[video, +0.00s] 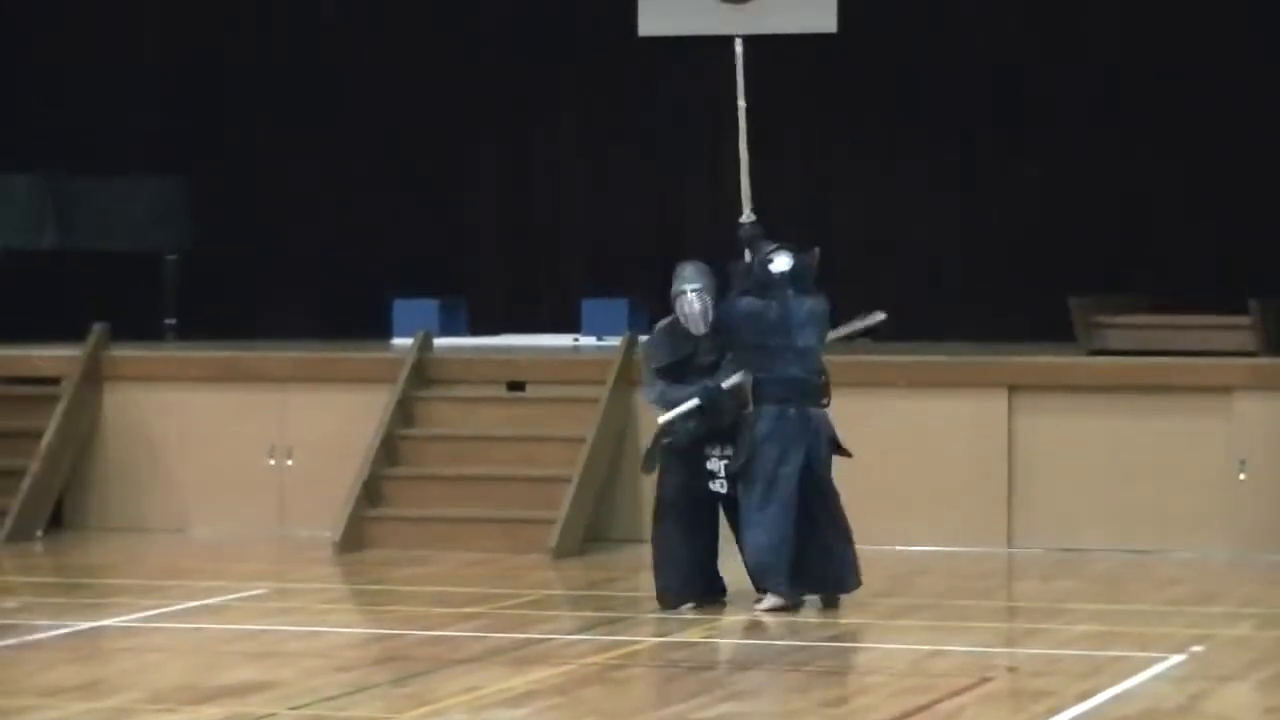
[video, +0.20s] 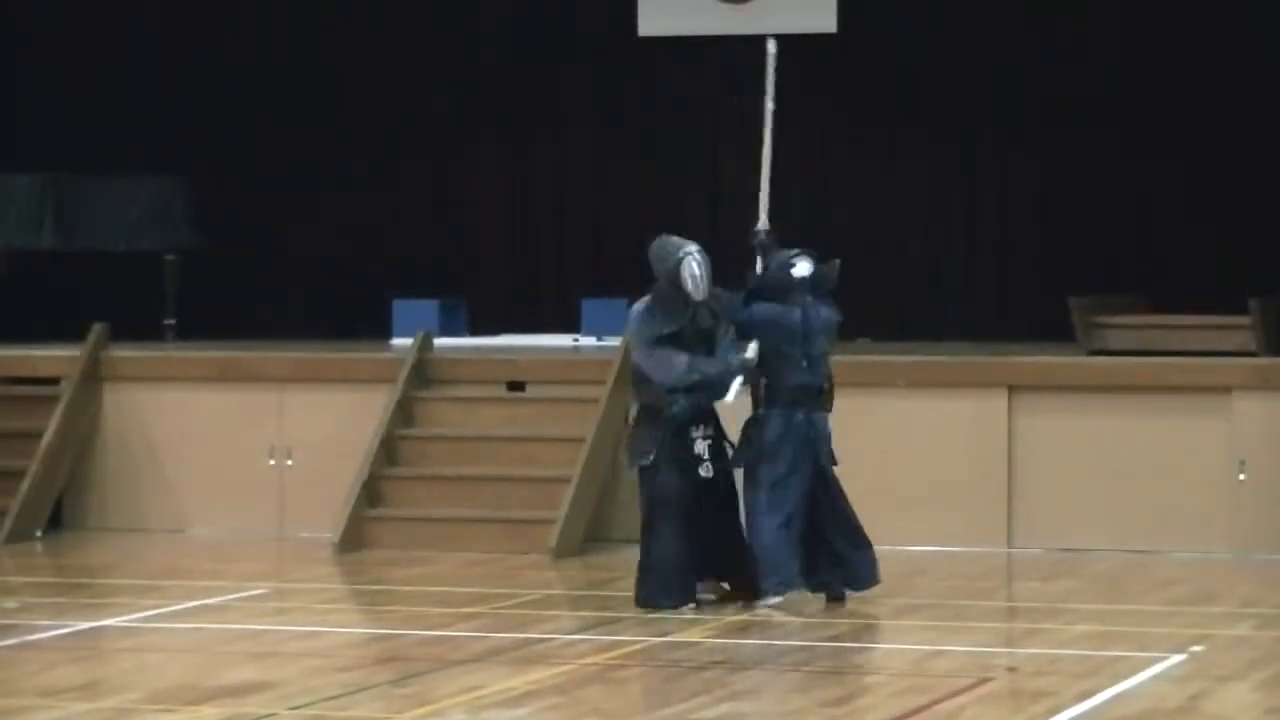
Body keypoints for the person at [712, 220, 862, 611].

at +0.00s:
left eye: (766, 268)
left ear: (765, 277)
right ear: (798, 273)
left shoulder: (750, 313)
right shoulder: (814, 309)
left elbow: (729, 307)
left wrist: (749, 267)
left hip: (771, 410)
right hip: (812, 410)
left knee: (767, 493)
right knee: (816, 493)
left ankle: (779, 587)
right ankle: (830, 581)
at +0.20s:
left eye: (771, 279)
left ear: (782, 282)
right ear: (810, 280)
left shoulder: (773, 316)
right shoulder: (825, 315)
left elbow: (738, 313)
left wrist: (759, 279)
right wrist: (770, 253)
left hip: (779, 415)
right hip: (814, 415)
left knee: (767, 496)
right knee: (814, 494)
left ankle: (777, 582)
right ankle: (832, 578)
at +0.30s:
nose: (771, 286)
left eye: (774, 281)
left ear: (779, 284)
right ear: (811, 281)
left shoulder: (772, 320)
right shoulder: (833, 320)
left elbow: (744, 339)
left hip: (781, 417)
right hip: (819, 416)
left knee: (767, 495)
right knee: (819, 493)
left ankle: (780, 580)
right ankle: (824, 578)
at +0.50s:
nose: (766, 305)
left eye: (770, 298)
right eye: (766, 298)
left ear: (784, 299)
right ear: (806, 295)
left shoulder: (795, 338)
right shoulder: (823, 333)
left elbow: (763, 375)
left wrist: (745, 401)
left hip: (791, 437)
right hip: (818, 437)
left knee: (755, 507)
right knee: (815, 510)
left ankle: (775, 584)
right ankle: (827, 582)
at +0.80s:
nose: (744, 292)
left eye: (749, 285)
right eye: (745, 285)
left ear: (765, 286)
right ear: (778, 285)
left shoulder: (791, 326)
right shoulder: (776, 323)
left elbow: (762, 369)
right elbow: (759, 370)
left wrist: (727, 374)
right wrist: (716, 373)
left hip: (784, 429)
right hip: (777, 427)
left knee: (766, 506)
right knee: (804, 500)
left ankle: (768, 588)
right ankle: (816, 569)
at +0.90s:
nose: (734, 287)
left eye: (739, 279)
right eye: (734, 280)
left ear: (757, 281)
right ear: (765, 281)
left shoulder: (782, 324)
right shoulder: (758, 323)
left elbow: (747, 368)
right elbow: (735, 368)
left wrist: (704, 356)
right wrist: (698, 354)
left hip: (777, 430)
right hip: (756, 428)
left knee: (772, 507)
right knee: (752, 508)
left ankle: (779, 589)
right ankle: (765, 587)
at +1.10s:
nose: (709, 288)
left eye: (713, 280)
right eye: (709, 280)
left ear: (729, 281)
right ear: (742, 280)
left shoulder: (757, 324)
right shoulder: (734, 320)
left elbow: (722, 369)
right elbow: (714, 355)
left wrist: (677, 371)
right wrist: (680, 346)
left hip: (752, 429)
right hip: (725, 427)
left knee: (758, 507)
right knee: (719, 505)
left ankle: (770, 590)